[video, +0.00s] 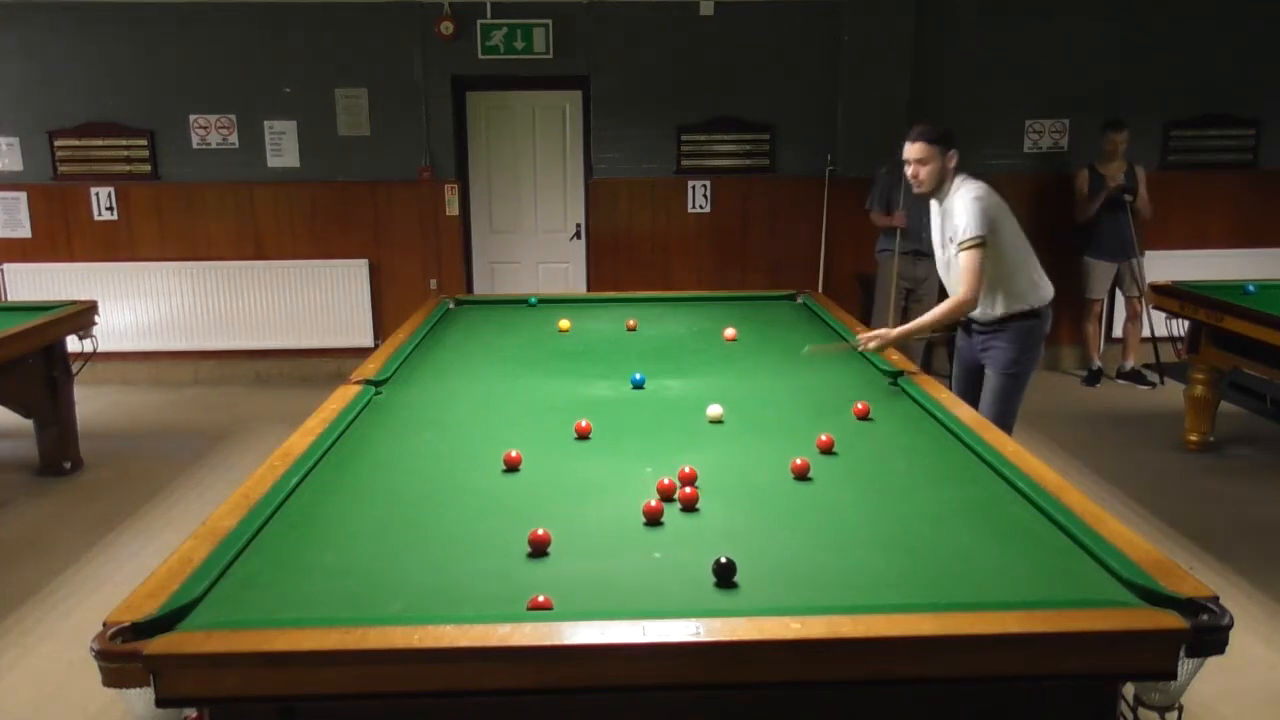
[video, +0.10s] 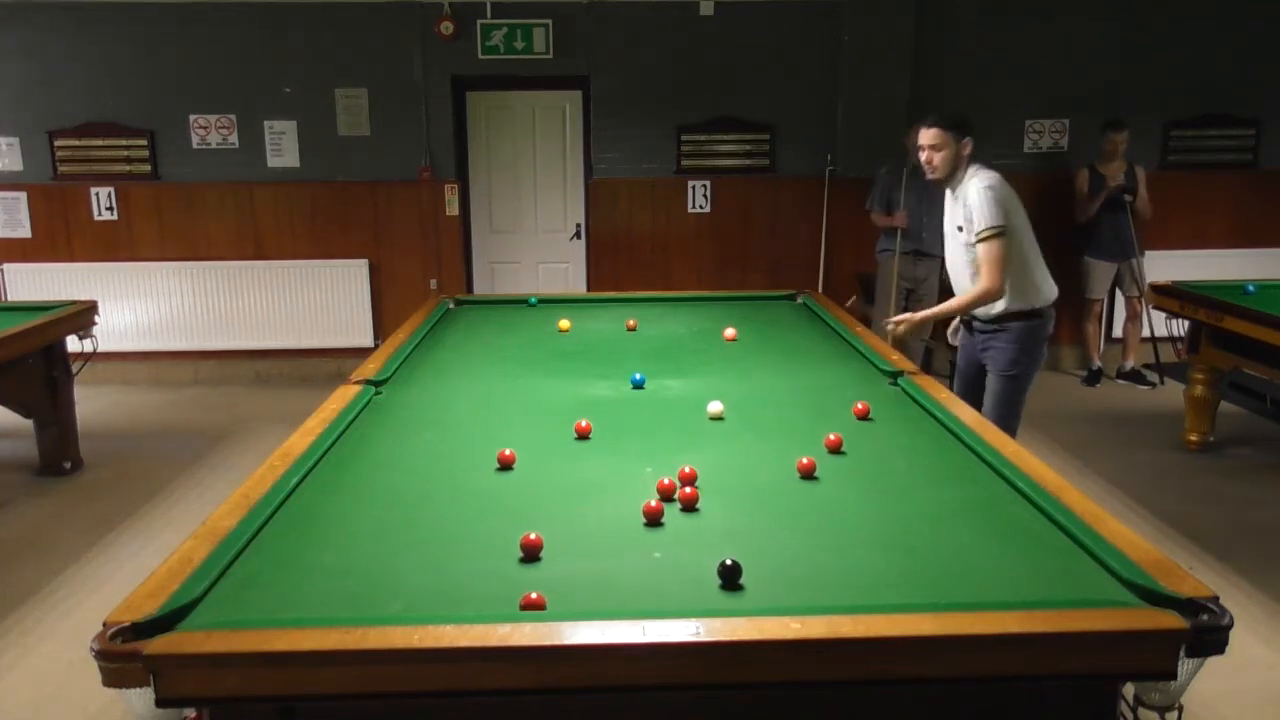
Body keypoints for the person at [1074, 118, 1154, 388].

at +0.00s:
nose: (1116, 147)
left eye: (1120, 143)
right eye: (1111, 142)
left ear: (1126, 143)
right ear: (1102, 142)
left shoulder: (1135, 172)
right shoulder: (1086, 174)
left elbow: (1146, 213)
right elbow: (1081, 214)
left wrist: (1135, 193)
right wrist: (1105, 191)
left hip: (1130, 251)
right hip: (1098, 251)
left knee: (1135, 310)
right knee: (1094, 310)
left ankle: (1128, 366)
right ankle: (1095, 364)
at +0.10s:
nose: (1116, 148)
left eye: (1120, 143)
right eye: (1111, 142)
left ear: (1126, 143)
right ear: (1102, 142)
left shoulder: (1135, 172)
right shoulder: (1087, 174)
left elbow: (1146, 213)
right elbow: (1081, 214)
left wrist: (1135, 194)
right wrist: (1106, 191)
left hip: (1130, 250)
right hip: (1098, 251)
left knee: (1135, 310)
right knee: (1093, 309)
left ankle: (1128, 366)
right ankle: (1094, 364)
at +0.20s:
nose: (1116, 148)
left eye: (1121, 143)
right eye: (1112, 142)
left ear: (1126, 143)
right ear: (1102, 142)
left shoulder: (1135, 172)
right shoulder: (1087, 174)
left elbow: (1146, 213)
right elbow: (1081, 215)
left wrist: (1134, 193)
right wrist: (1105, 191)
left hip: (1130, 251)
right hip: (1098, 251)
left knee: (1135, 310)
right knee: (1093, 310)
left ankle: (1128, 366)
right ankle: (1095, 364)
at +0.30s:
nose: (1116, 148)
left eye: (1121, 143)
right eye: (1112, 142)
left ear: (1126, 143)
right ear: (1102, 142)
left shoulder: (1135, 172)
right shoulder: (1086, 174)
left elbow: (1146, 213)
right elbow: (1081, 215)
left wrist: (1134, 194)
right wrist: (1105, 192)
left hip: (1130, 251)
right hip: (1098, 251)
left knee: (1135, 310)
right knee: (1093, 310)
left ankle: (1128, 366)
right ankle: (1094, 364)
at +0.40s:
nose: (1116, 148)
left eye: (1121, 143)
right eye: (1112, 142)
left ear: (1126, 143)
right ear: (1102, 142)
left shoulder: (1135, 172)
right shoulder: (1086, 174)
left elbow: (1146, 213)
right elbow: (1081, 215)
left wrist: (1134, 194)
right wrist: (1104, 193)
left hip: (1130, 251)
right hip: (1098, 251)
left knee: (1135, 310)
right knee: (1093, 309)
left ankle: (1128, 366)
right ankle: (1094, 364)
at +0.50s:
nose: (1117, 148)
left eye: (1121, 143)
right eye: (1112, 143)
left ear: (1127, 143)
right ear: (1102, 142)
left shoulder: (1135, 172)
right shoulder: (1086, 174)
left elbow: (1146, 213)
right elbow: (1081, 215)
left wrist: (1133, 194)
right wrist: (1105, 192)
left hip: (1130, 251)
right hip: (1098, 251)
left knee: (1135, 310)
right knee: (1093, 309)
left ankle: (1128, 366)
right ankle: (1094, 364)